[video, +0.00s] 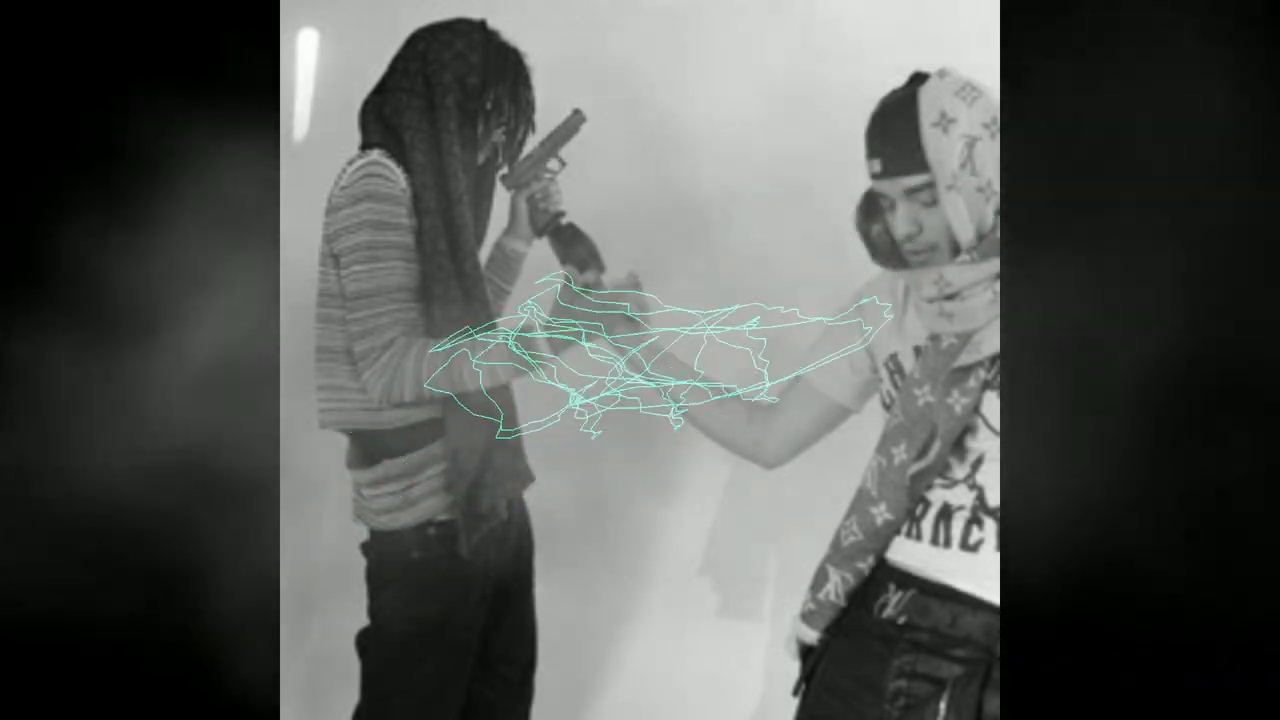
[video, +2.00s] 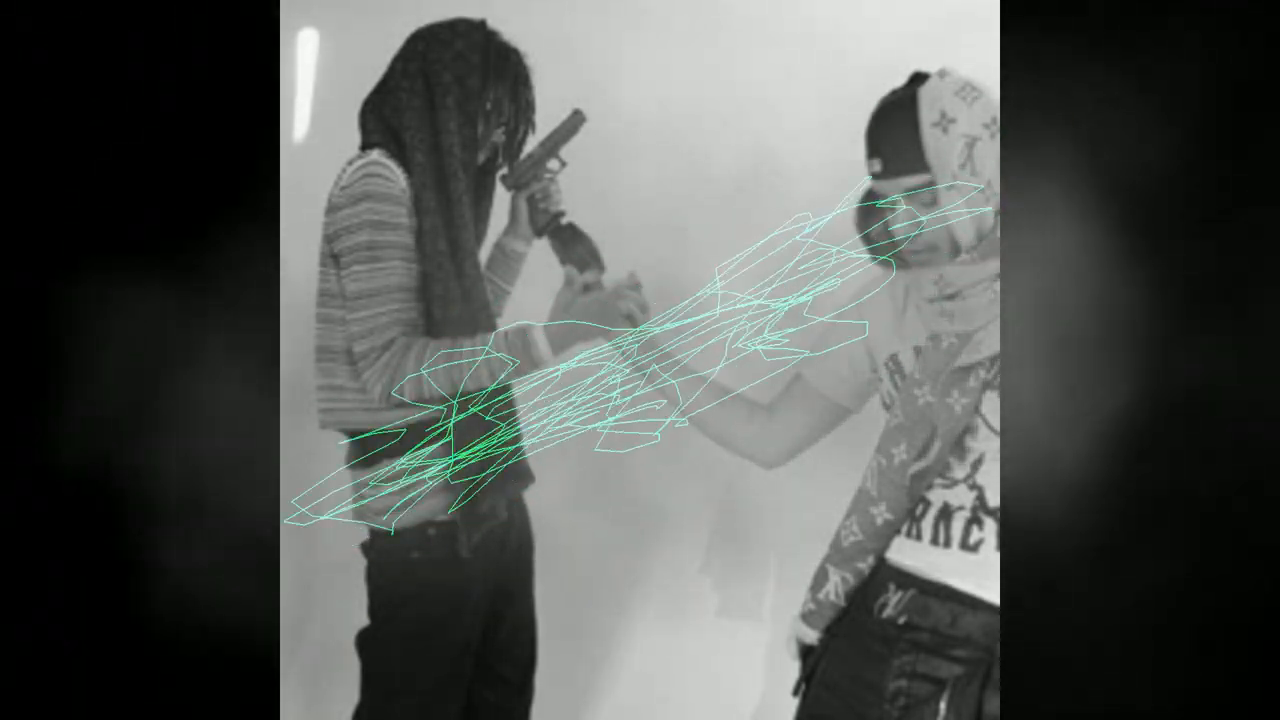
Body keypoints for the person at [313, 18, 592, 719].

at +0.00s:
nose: (499, 148)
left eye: (505, 127)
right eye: (492, 123)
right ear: (449, 108)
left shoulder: (427, 192)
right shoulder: (377, 182)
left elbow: (461, 333)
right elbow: (389, 371)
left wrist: (517, 236)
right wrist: (538, 343)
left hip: (488, 505)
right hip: (425, 522)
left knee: (500, 701)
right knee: (413, 705)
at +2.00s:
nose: (499, 143)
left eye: (506, 125)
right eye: (493, 119)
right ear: (449, 107)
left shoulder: (426, 192)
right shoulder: (377, 182)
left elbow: (461, 333)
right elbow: (390, 369)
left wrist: (519, 234)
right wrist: (553, 337)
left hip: (489, 506)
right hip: (425, 520)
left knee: (499, 702)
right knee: (411, 705)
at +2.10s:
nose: (497, 142)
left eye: (505, 124)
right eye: (492, 119)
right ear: (449, 107)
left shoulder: (428, 191)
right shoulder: (377, 182)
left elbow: (463, 330)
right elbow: (387, 369)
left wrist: (518, 233)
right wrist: (552, 336)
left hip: (486, 500)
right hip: (422, 516)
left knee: (500, 699)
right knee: (411, 704)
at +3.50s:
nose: (496, 144)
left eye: (503, 127)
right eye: (490, 120)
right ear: (448, 107)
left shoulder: (425, 191)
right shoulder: (377, 182)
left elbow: (461, 332)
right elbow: (387, 370)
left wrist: (519, 235)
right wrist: (549, 341)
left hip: (484, 501)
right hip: (422, 515)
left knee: (499, 702)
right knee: (411, 705)